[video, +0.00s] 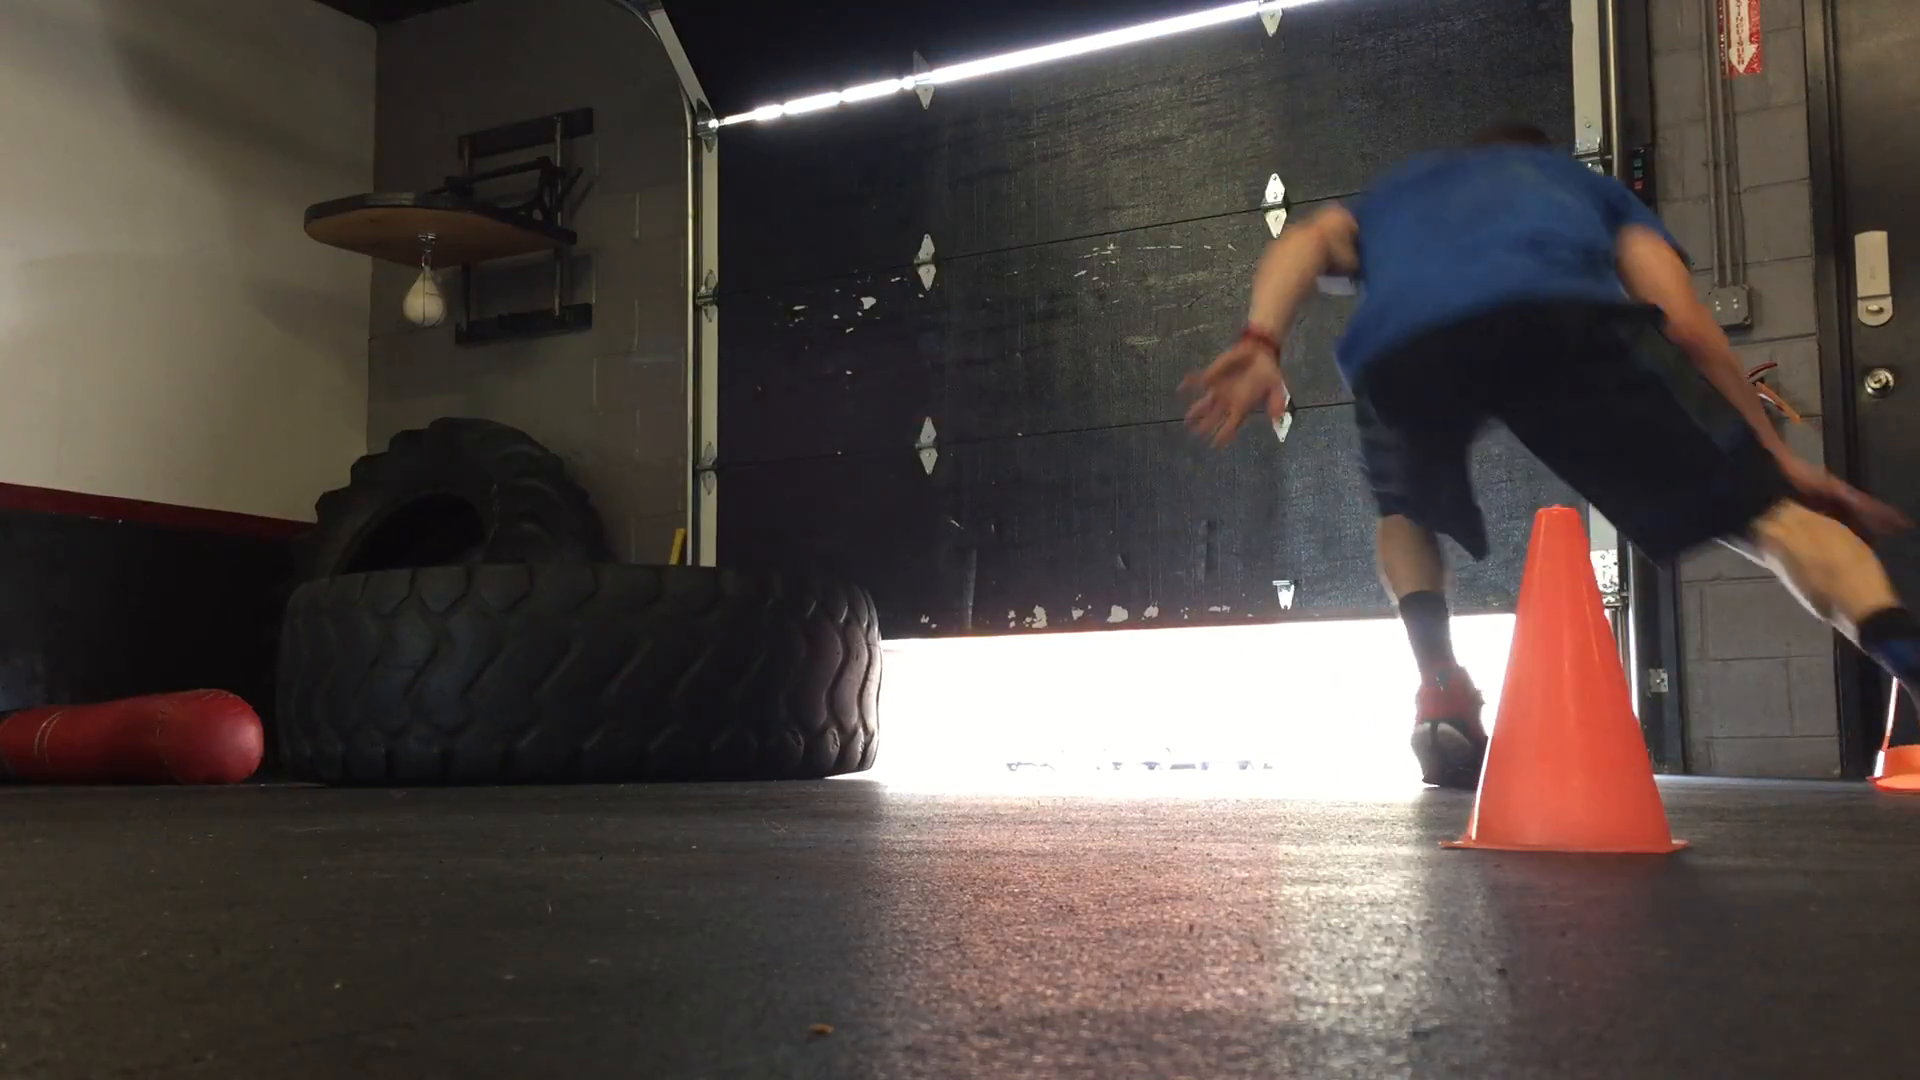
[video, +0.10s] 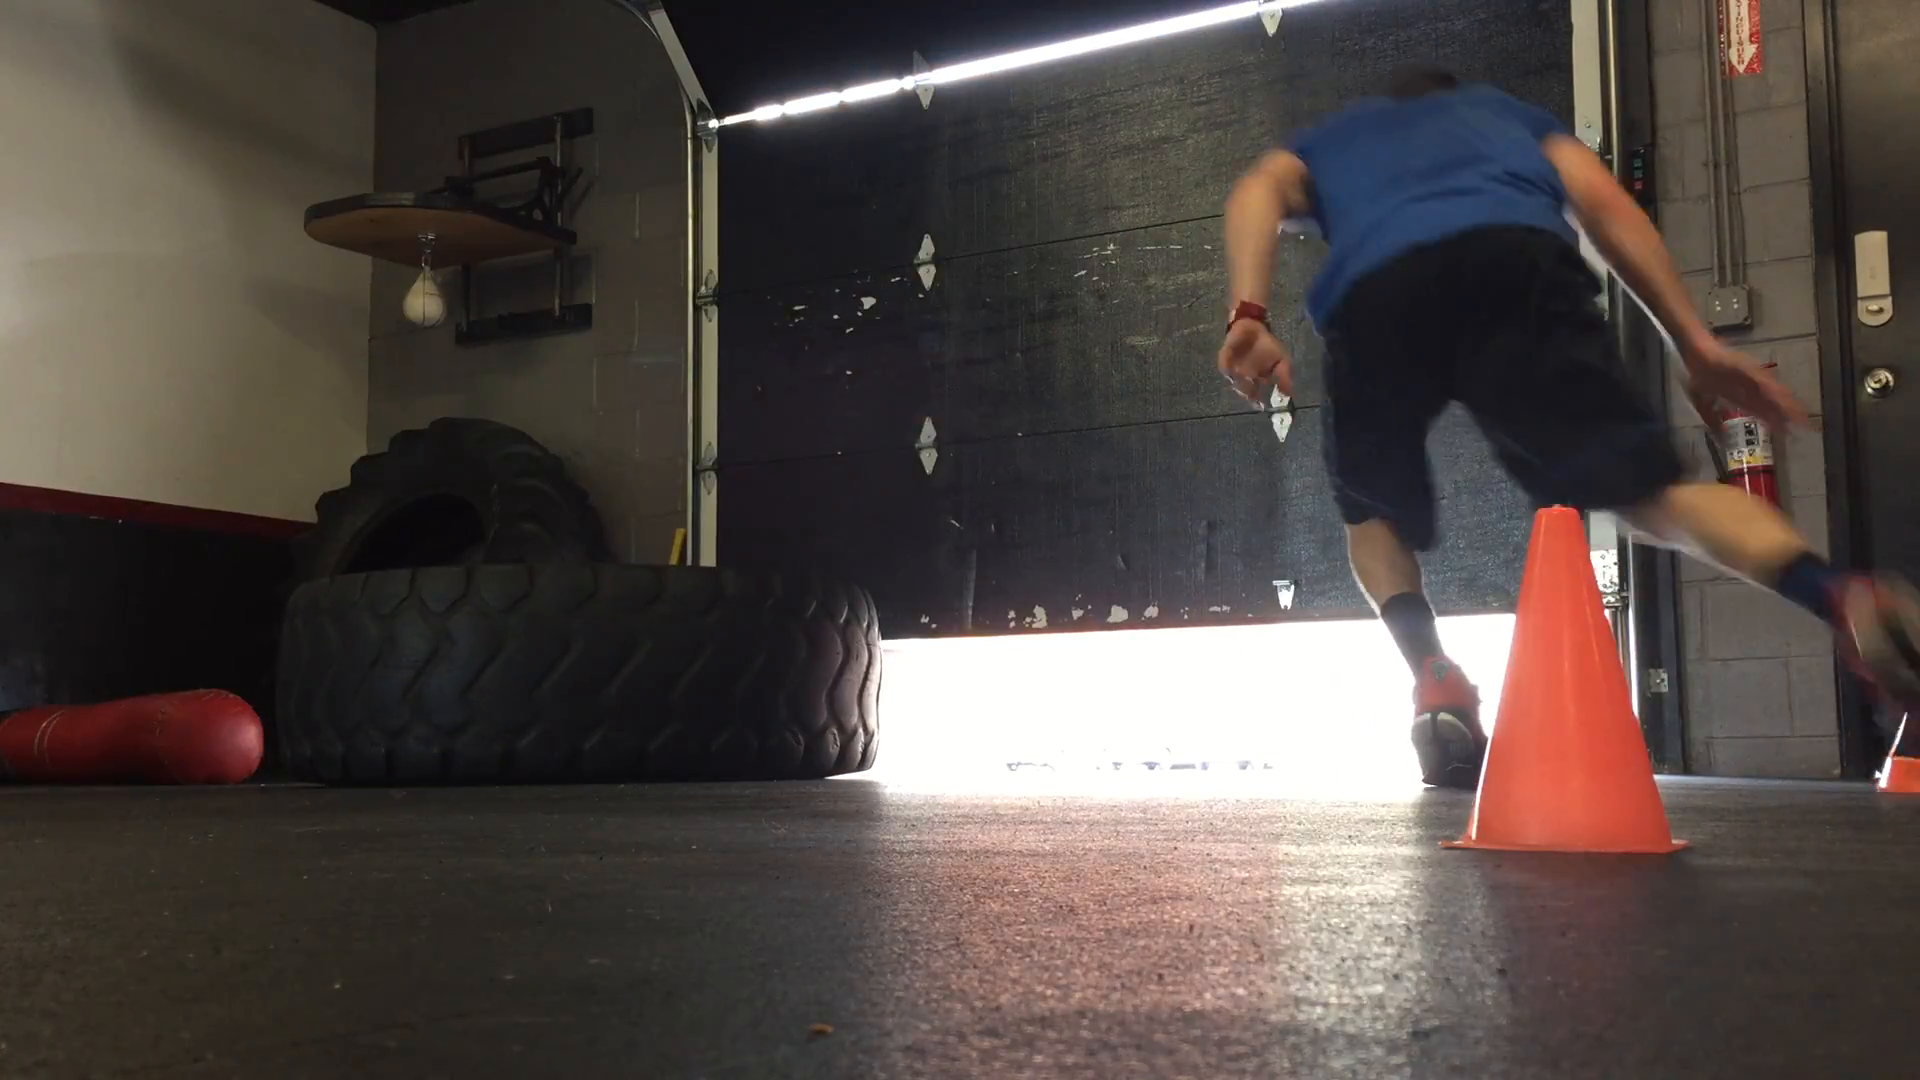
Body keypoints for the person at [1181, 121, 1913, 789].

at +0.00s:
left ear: (1469, 153)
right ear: (1557, 158)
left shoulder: (1400, 192)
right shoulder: (1589, 182)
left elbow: (1305, 237)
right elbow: (1682, 316)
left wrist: (1261, 335)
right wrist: (1782, 460)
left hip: (1405, 347)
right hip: (1561, 318)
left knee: (1403, 497)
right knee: (1768, 515)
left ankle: (1440, 684)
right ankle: (1900, 647)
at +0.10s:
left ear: (1374, 102)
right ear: (1462, 89)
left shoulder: (1335, 131)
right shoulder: (1509, 112)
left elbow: (1257, 186)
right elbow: (1605, 201)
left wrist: (1246, 306)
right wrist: (1699, 345)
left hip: (1380, 298)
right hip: (1520, 262)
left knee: (1371, 501)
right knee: (1653, 486)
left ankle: (1432, 676)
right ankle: (1842, 595)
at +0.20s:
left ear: (1304, 57)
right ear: (1387, 43)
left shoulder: (1275, 96)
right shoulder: (1445, 69)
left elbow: (1211, 165)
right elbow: (1538, 126)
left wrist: (1222, 323)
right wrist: (1602, 247)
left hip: (1351, 274)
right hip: (1482, 250)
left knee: (1365, 524)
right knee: (1502, 485)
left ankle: (1432, 680)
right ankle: (1631, 535)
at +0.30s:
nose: (1268, 23)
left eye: (1263, 18)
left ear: (1264, 20)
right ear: (1342, 13)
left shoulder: (1231, 65)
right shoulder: (1405, 40)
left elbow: (1171, 141)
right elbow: (1477, 89)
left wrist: (1196, 287)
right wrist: (1528, 212)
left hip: (1301, 243)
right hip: (1421, 230)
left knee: (1343, 477)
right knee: (1411, 463)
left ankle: (1425, 661)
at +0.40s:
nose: (1216, 14)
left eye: (1211, 12)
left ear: (1218, 9)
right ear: (1287, 4)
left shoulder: (1183, 53)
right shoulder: (1357, 35)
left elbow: (1126, 135)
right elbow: (1424, 111)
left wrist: (1170, 261)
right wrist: (1464, 236)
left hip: (1245, 249)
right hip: (1351, 246)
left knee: (1298, 444)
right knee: (1328, 464)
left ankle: (1392, 616)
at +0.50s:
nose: (1166, 43)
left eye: (1168, 32)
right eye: (1171, 32)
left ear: (1183, 30)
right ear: (1246, 30)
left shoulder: (1148, 83)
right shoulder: (1314, 86)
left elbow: (1099, 178)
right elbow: (1381, 185)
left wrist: (1134, 269)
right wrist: (1406, 319)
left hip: (1197, 314)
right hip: (1296, 315)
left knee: (1223, 508)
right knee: (1260, 506)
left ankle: (1327, 585)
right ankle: (1250, 721)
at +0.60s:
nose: (1115, 69)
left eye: (1118, 56)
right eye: (1118, 56)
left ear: (1139, 49)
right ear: (1190, 52)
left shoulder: (1114, 114)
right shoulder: (1260, 128)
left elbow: (1109, 225)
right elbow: (1312, 266)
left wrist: (1086, 314)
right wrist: (1330, 389)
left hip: (1163, 356)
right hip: (1255, 355)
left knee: (1135, 544)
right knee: (1231, 547)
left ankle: (1235, 596)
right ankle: (1248, 730)